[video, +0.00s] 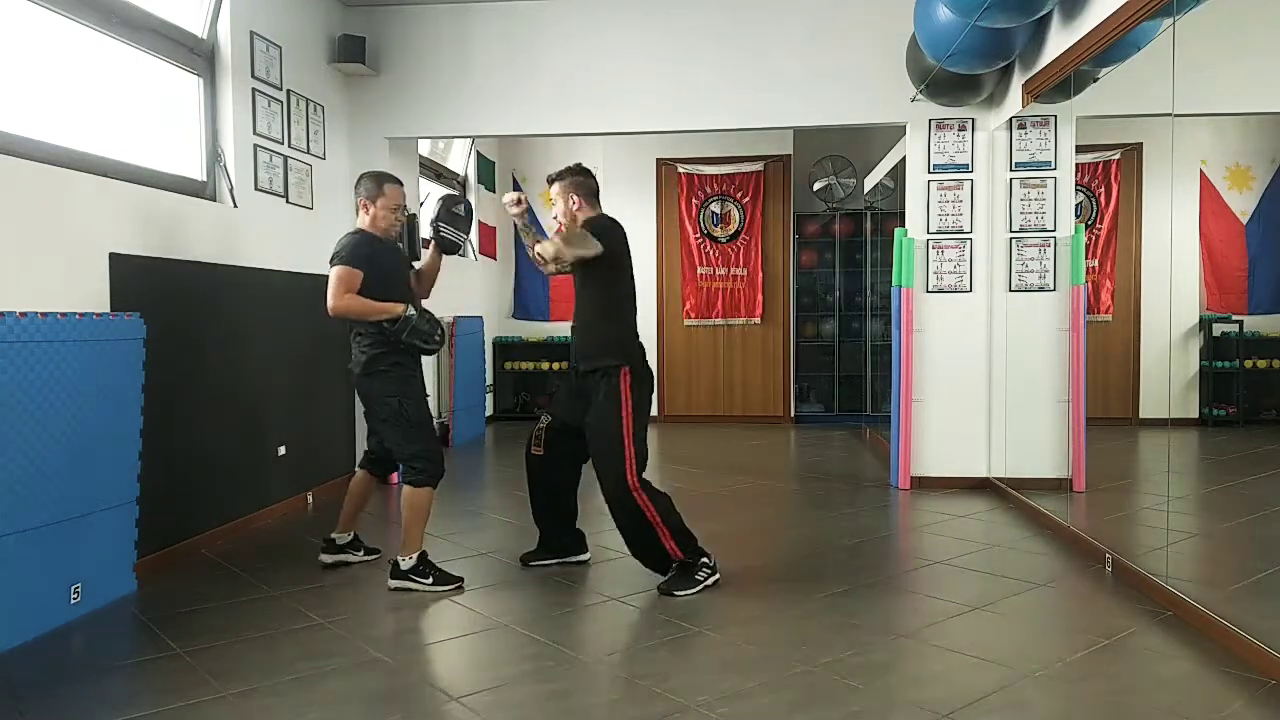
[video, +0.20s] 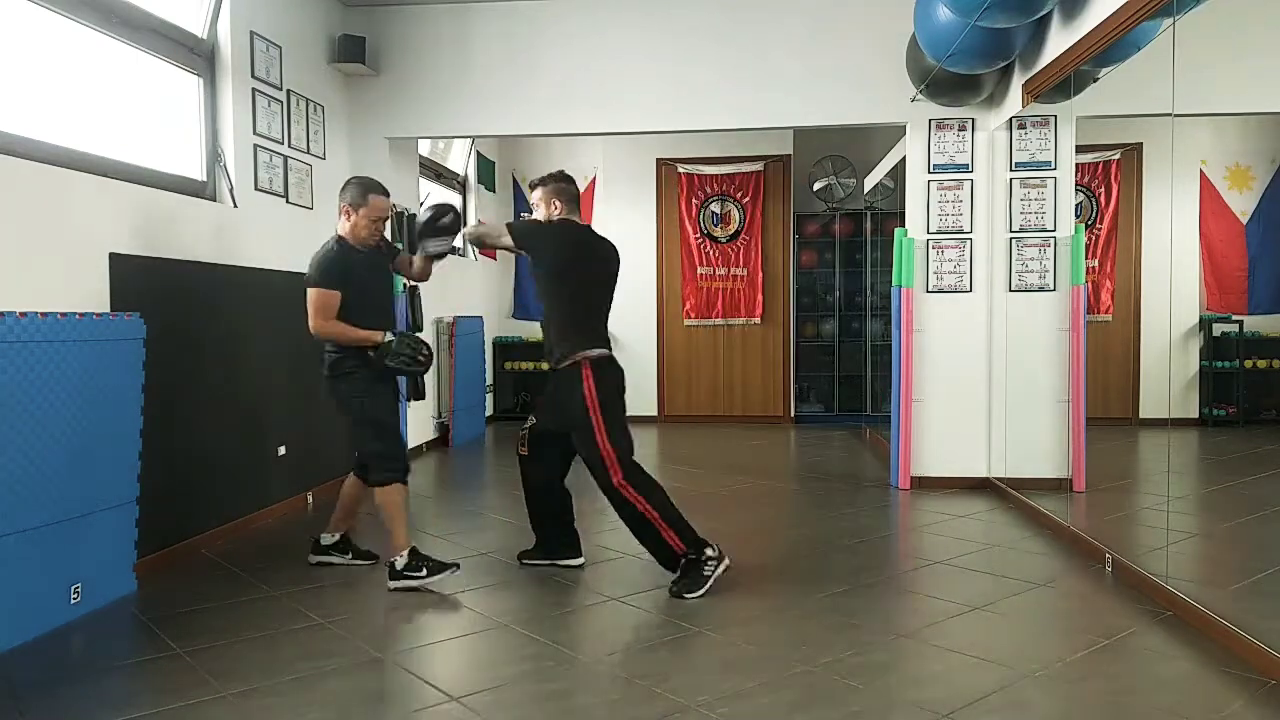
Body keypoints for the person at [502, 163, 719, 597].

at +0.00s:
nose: (553, 212)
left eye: (556, 203)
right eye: (553, 204)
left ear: (575, 200)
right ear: (581, 201)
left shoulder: (605, 229)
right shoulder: (584, 240)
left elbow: (558, 252)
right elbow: (546, 258)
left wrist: (553, 239)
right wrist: (523, 219)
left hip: (619, 373)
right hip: (587, 375)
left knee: (623, 482)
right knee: (545, 454)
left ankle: (693, 562)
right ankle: (562, 544)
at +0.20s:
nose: (533, 215)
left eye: (536, 208)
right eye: (533, 209)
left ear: (554, 205)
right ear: (574, 206)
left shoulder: (550, 235)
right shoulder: (604, 247)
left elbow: (483, 232)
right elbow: (543, 250)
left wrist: (464, 236)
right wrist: (506, 240)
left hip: (587, 374)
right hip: (574, 377)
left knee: (616, 473)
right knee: (538, 457)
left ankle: (696, 556)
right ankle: (558, 546)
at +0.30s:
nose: (526, 204)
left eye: (529, 197)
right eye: (525, 197)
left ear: (546, 197)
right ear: (566, 197)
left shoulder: (542, 224)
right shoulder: (596, 238)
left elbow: (467, 214)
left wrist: (504, 202)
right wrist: (519, 210)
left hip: (558, 362)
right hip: (575, 361)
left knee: (544, 465)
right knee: (529, 451)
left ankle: (635, 514)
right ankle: (557, 546)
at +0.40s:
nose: (519, 200)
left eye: (522, 191)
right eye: (521, 193)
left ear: (545, 187)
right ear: (552, 189)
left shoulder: (565, 216)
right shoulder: (549, 228)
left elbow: (501, 194)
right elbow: (498, 221)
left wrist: (476, 164)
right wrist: (476, 174)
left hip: (539, 349)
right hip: (552, 352)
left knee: (451, 416)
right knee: (530, 448)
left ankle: (516, 480)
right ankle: (558, 543)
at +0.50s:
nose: (520, 214)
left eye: (522, 204)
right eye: (517, 207)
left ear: (543, 194)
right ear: (544, 199)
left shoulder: (565, 227)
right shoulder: (546, 239)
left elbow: (496, 227)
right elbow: (486, 256)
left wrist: (465, 178)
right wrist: (467, 196)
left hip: (506, 346)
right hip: (514, 352)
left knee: (404, 347)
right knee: (504, 447)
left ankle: (446, 427)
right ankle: (551, 540)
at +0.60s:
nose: (507, 220)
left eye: (510, 210)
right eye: (505, 213)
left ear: (534, 204)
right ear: (536, 207)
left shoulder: (550, 249)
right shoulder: (536, 248)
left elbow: (493, 297)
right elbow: (495, 295)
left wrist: (466, 257)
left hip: (484, 356)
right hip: (499, 363)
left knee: (377, 354)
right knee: (496, 456)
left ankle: (433, 432)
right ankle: (544, 542)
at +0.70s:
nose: (486, 225)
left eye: (487, 215)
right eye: (484, 217)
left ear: (509, 208)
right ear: (518, 211)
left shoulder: (520, 252)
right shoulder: (544, 255)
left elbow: (455, 291)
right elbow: (493, 297)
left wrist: (441, 251)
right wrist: (463, 264)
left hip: (469, 368)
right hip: (497, 373)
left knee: (368, 408)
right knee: (491, 459)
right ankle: (540, 541)